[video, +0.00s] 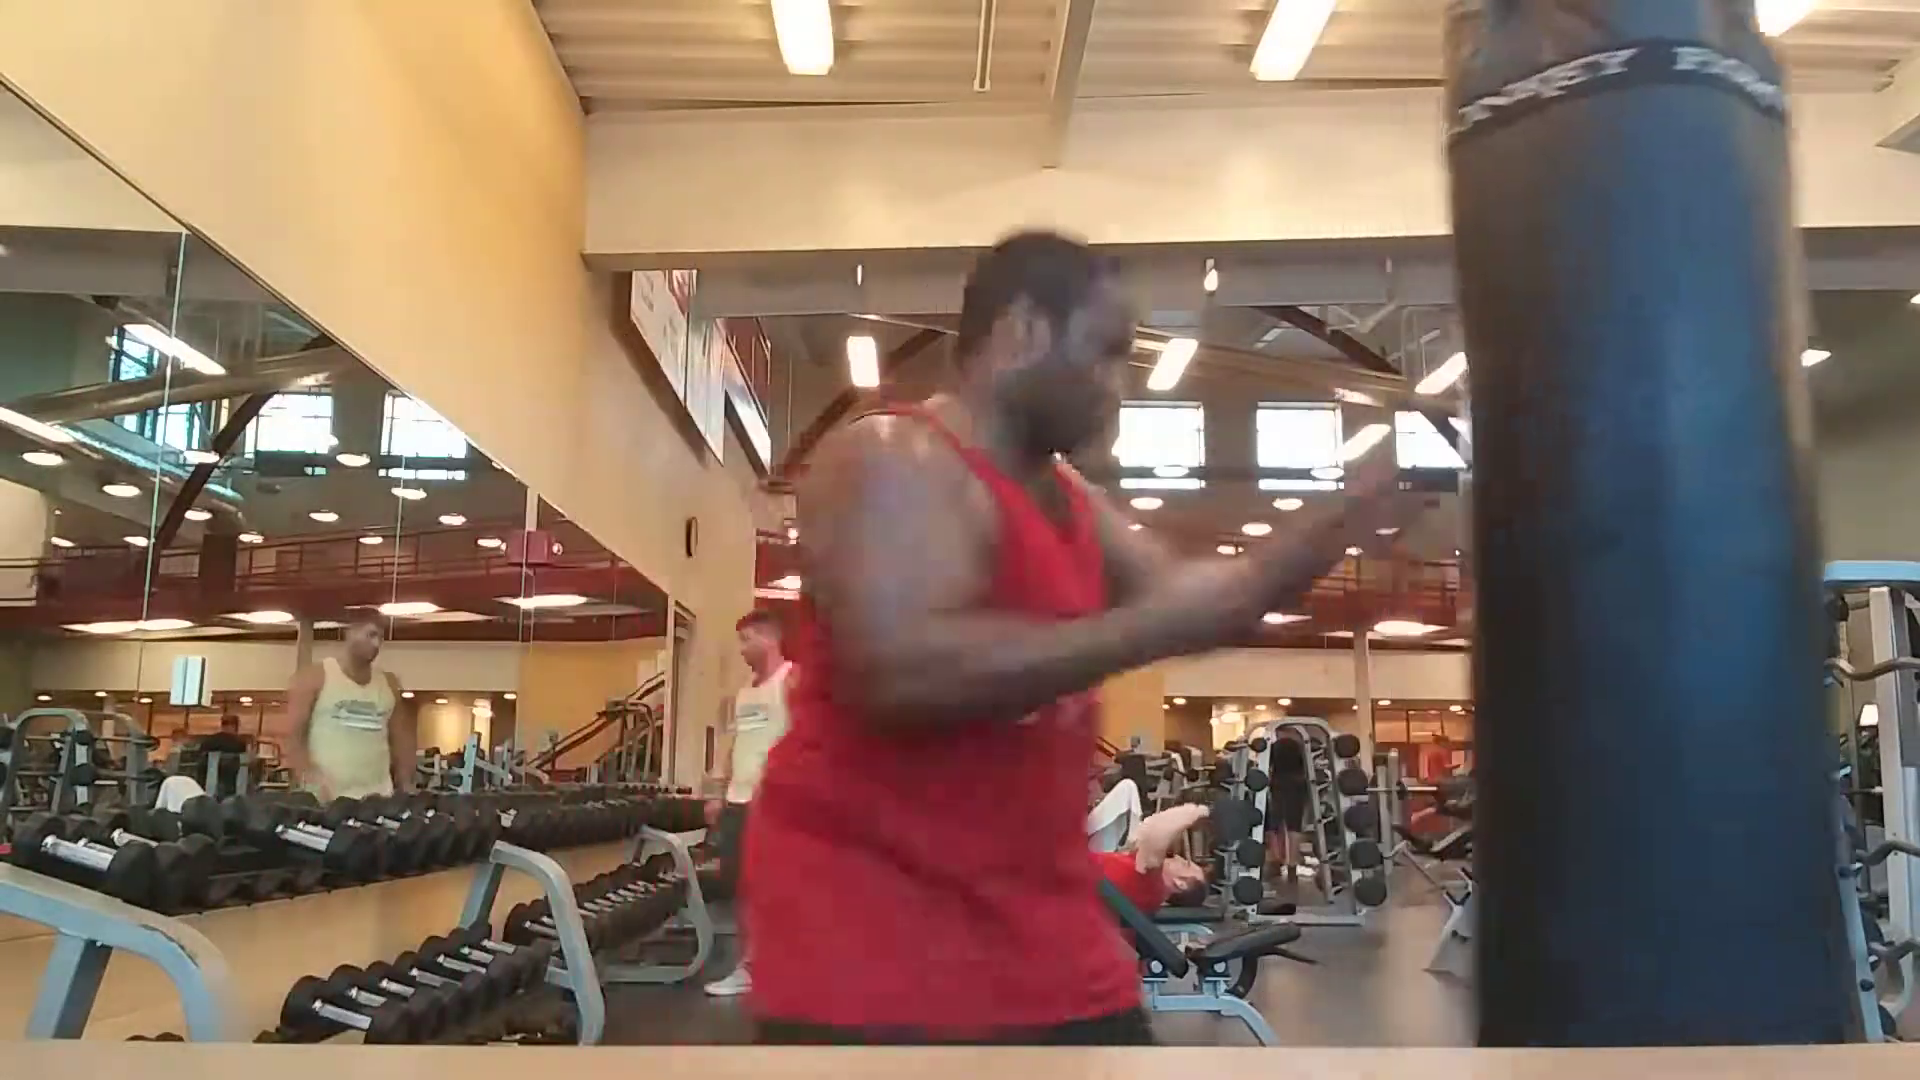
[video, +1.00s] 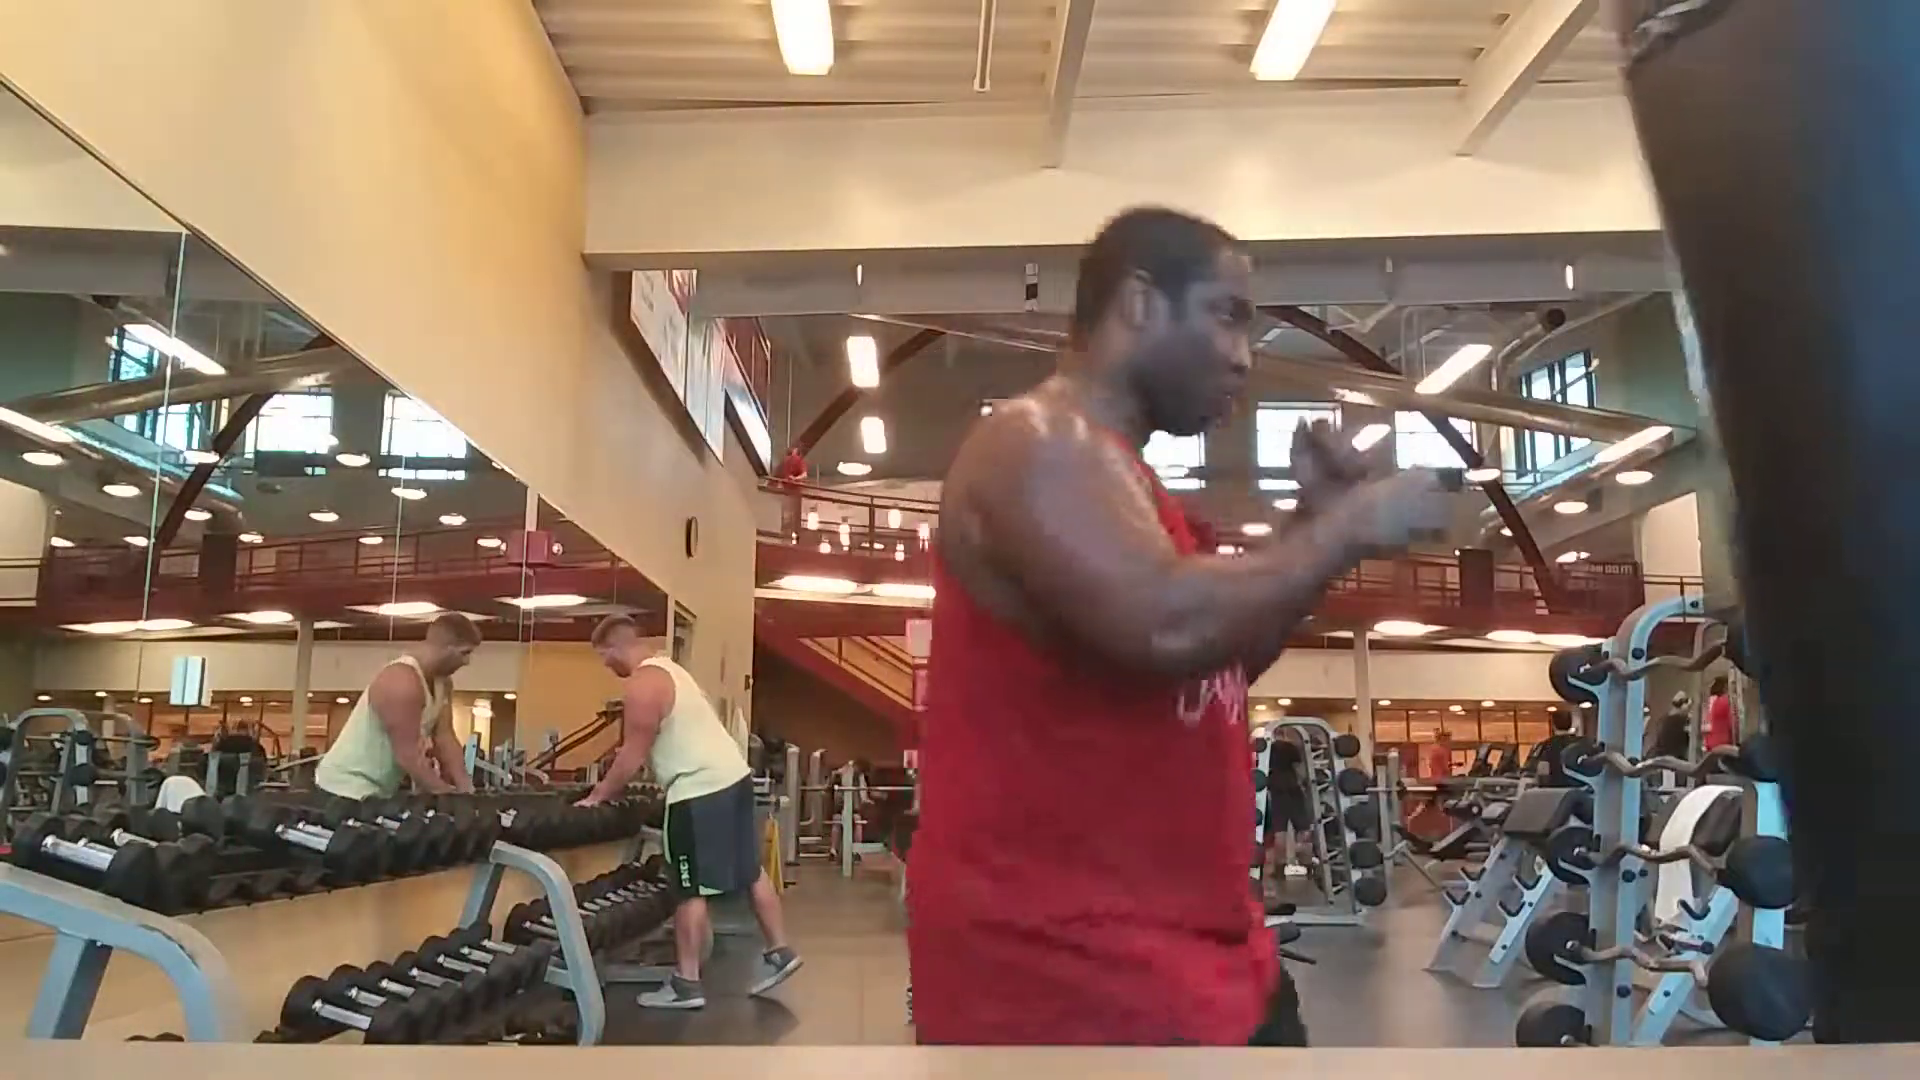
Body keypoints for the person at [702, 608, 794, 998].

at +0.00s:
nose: (742, 648)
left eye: (749, 639)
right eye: (740, 640)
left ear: (772, 639)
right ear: (746, 644)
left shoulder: (792, 679)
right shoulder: (745, 692)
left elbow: (802, 736)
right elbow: (734, 747)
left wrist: (786, 789)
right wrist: (721, 794)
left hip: (775, 798)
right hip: (740, 798)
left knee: (766, 879)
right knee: (741, 882)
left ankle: (755, 964)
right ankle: (747, 962)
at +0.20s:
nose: (712, 646)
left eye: (716, 637)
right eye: (710, 639)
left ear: (738, 634)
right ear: (723, 640)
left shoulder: (765, 675)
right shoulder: (728, 684)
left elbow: (772, 735)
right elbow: (711, 742)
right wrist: (679, 778)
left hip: (754, 790)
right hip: (731, 790)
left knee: (718, 872)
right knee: (748, 880)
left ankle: (731, 964)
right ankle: (751, 962)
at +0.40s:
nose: (677, 649)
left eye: (681, 640)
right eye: (676, 642)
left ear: (701, 637)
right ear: (704, 638)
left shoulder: (722, 678)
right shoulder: (729, 678)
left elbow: (709, 742)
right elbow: (711, 744)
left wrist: (653, 766)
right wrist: (666, 764)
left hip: (721, 795)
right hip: (740, 796)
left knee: (697, 884)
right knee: (740, 883)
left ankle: (685, 980)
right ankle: (752, 969)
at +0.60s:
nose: (639, 656)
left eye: (639, 647)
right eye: (637, 648)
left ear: (655, 639)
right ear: (671, 637)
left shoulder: (677, 675)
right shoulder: (698, 671)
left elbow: (646, 745)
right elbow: (657, 747)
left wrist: (602, 786)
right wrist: (617, 783)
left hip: (709, 794)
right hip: (735, 790)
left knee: (695, 888)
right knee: (733, 879)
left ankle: (687, 983)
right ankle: (750, 964)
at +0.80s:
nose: (613, 662)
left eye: (613, 652)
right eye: (611, 654)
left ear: (629, 644)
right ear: (643, 641)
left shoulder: (651, 683)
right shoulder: (677, 670)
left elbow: (633, 756)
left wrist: (595, 797)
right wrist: (610, 786)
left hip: (701, 792)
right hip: (735, 782)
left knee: (691, 890)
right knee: (747, 877)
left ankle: (686, 984)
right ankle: (762, 957)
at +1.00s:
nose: (607, 665)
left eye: (605, 656)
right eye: (603, 658)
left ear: (619, 648)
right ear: (636, 642)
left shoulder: (643, 683)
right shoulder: (670, 669)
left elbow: (632, 756)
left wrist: (598, 796)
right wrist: (615, 776)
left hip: (696, 792)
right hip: (734, 780)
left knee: (689, 891)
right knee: (753, 873)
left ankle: (687, 984)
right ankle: (780, 951)